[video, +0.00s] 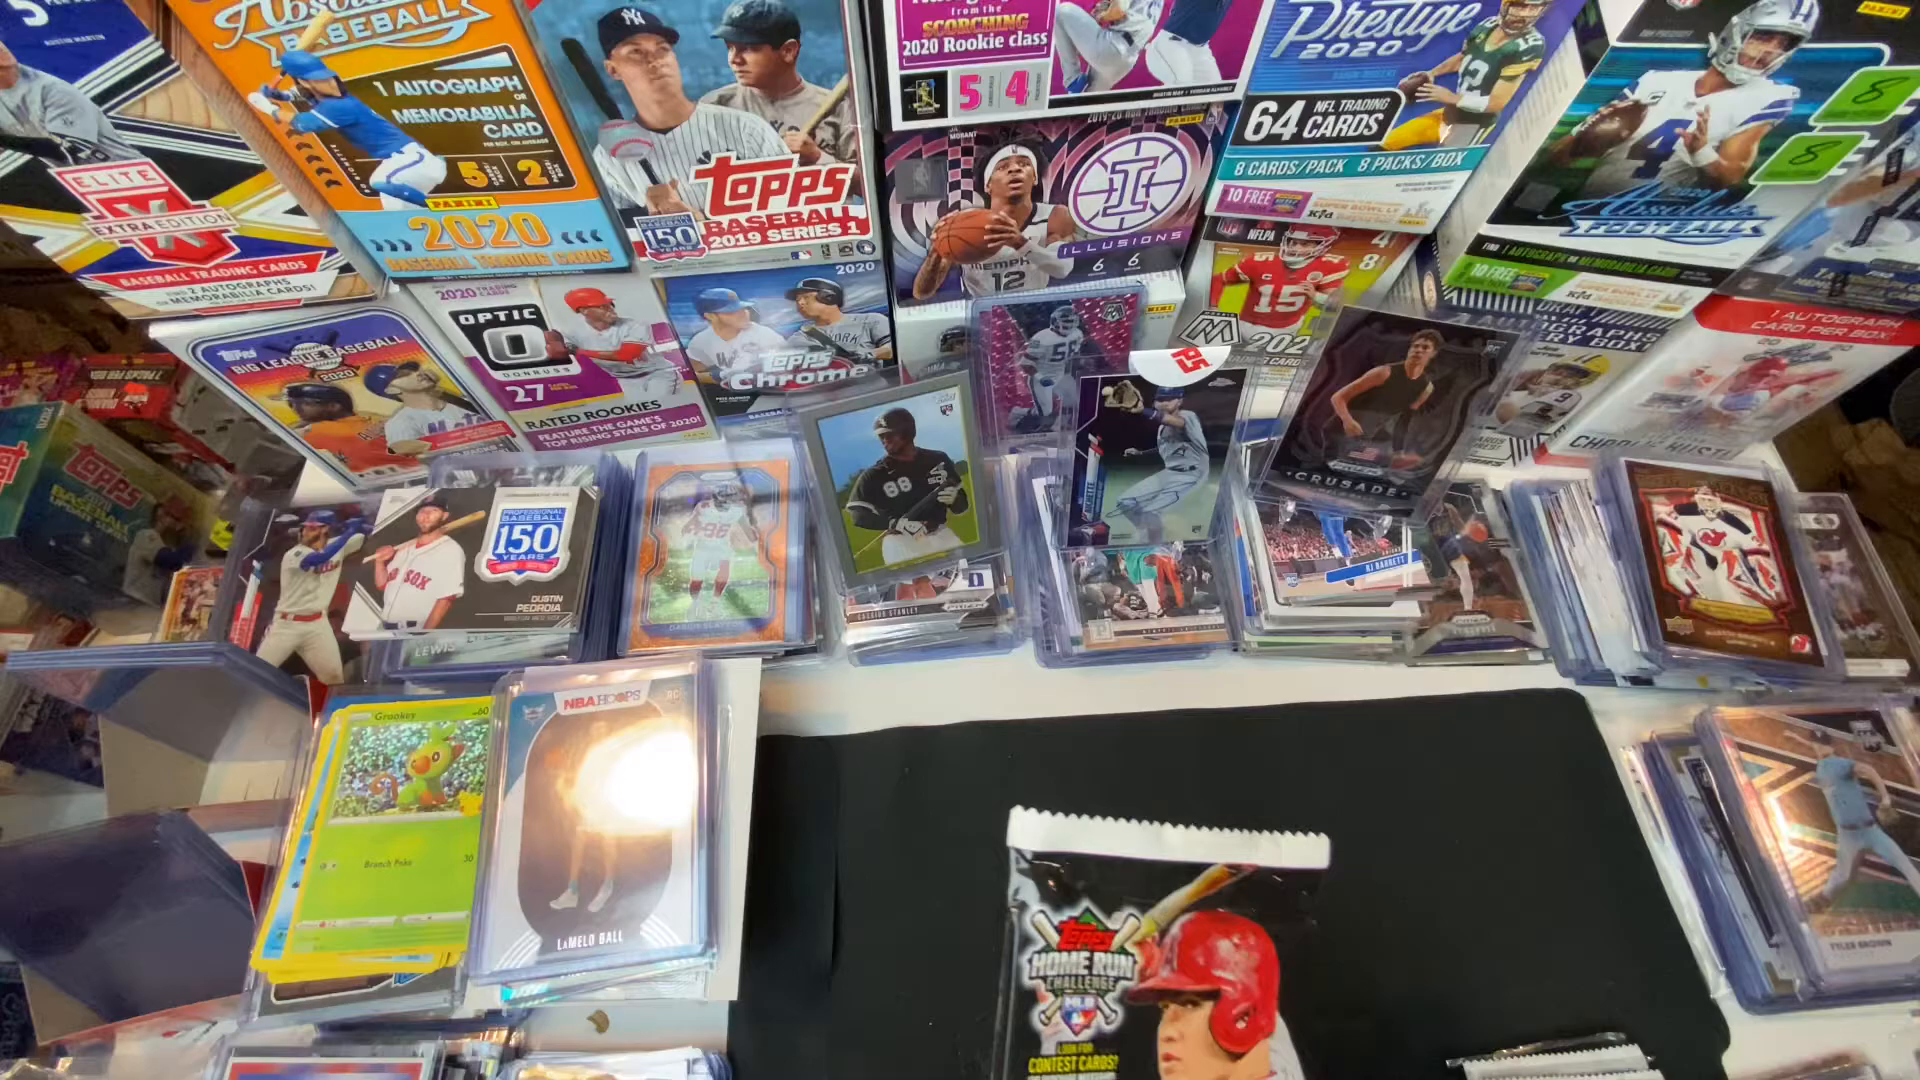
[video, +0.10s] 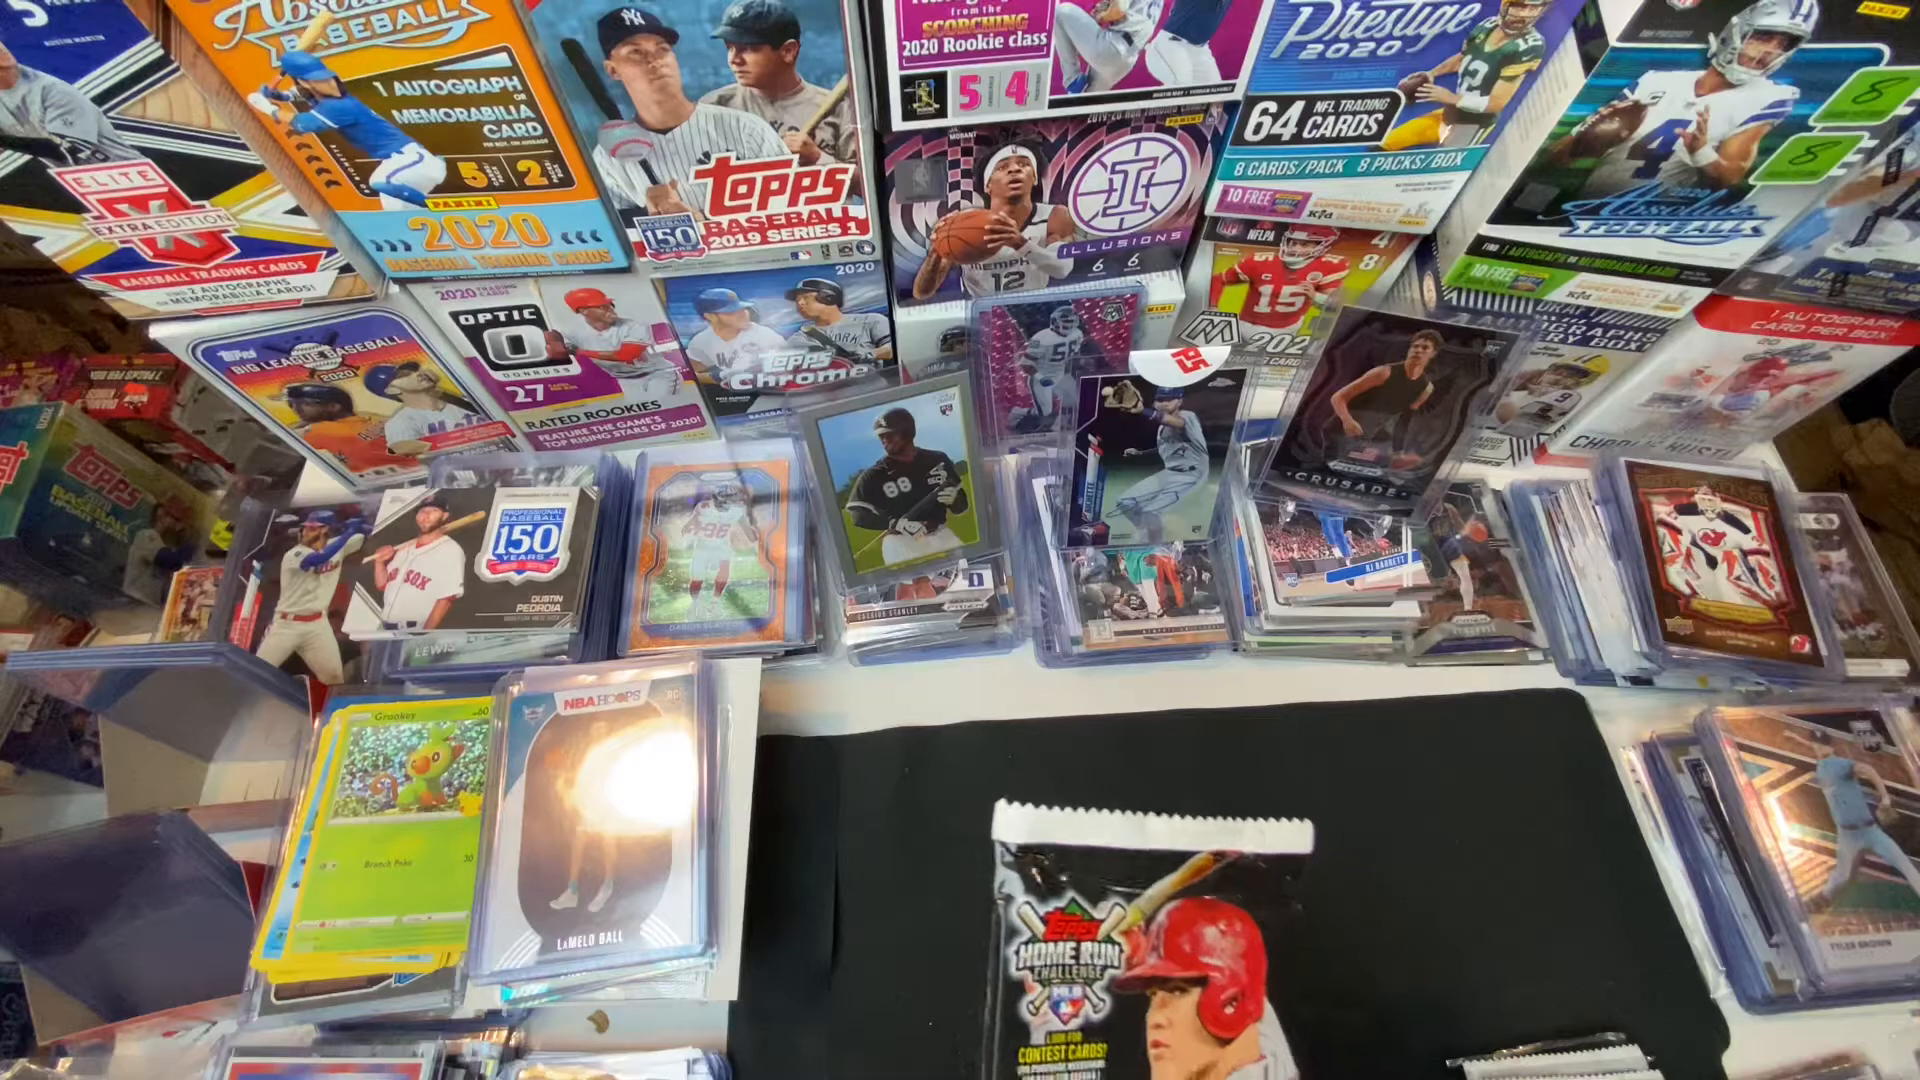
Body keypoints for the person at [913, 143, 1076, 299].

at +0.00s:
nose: (1014, 169)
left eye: (1023, 164)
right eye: (1003, 166)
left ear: (1035, 179)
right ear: (988, 186)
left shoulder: (1055, 217)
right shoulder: (965, 228)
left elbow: (1062, 269)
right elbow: (921, 292)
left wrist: (1021, 242)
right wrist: (937, 250)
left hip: (1041, 327)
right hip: (988, 330)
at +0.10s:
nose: (1014, 169)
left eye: (1023, 164)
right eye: (1003, 167)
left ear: (1035, 179)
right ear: (988, 187)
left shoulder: (1055, 217)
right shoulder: (965, 229)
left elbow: (1062, 269)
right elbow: (921, 292)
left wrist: (1020, 243)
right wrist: (937, 251)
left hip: (1042, 329)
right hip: (988, 332)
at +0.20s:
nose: (1015, 169)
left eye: (1023, 163)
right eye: (1003, 166)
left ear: (1035, 178)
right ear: (988, 185)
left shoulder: (1055, 216)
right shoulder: (966, 228)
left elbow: (1062, 268)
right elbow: (921, 292)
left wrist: (1021, 242)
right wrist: (938, 249)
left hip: (1042, 328)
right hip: (988, 331)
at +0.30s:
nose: (1014, 169)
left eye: (1023, 164)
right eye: (1003, 167)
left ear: (1035, 179)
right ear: (988, 186)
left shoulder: (1055, 217)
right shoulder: (966, 229)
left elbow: (1062, 269)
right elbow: (921, 293)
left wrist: (1021, 243)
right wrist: (937, 250)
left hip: (1041, 328)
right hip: (988, 331)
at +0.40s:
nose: (1014, 169)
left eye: (1023, 164)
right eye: (1003, 166)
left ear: (1035, 178)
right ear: (988, 186)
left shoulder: (1055, 216)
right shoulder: (966, 228)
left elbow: (1062, 269)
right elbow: (921, 292)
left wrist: (1021, 243)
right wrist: (937, 249)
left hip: (1040, 327)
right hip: (988, 331)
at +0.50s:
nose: (1014, 169)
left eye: (1023, 163)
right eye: (1003, 166)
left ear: (1035, 178)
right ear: (988, 185)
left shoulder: (1055, 216)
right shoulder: (966, 228)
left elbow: (1062, 269)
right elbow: (921, 292)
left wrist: (1020, 242)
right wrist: (938, 249)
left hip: (1043, 327)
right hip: (989, 331)